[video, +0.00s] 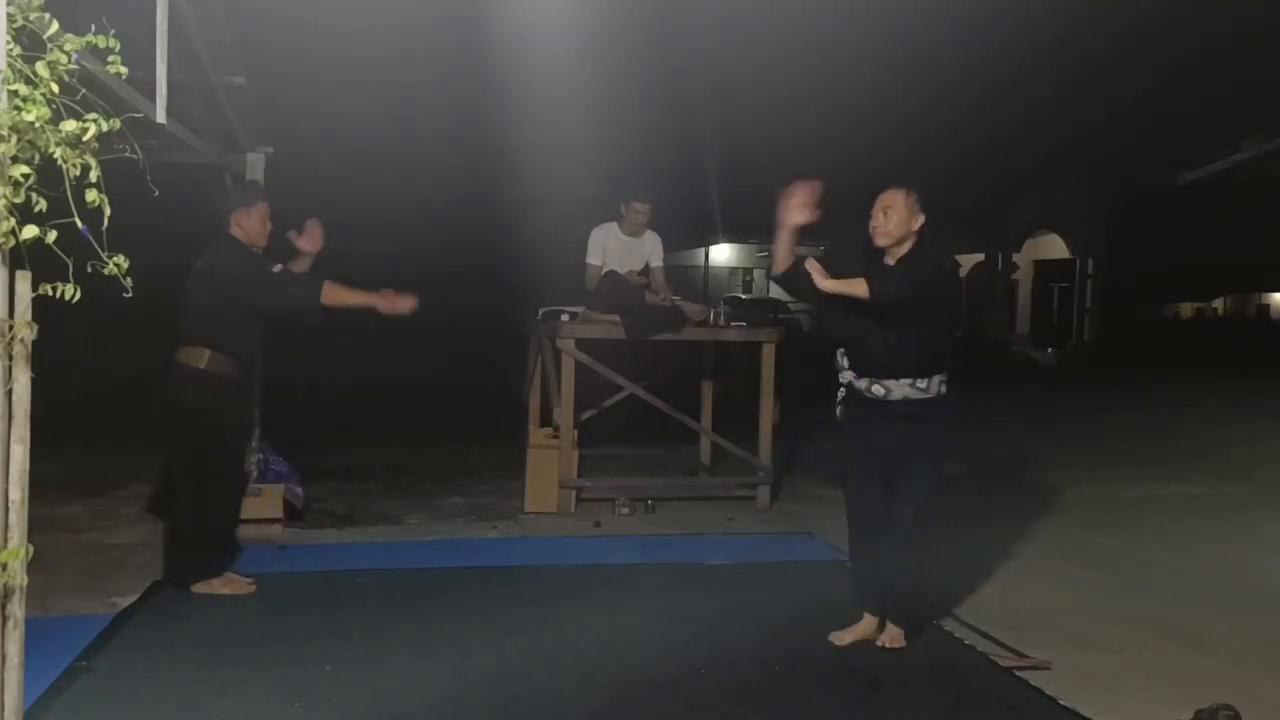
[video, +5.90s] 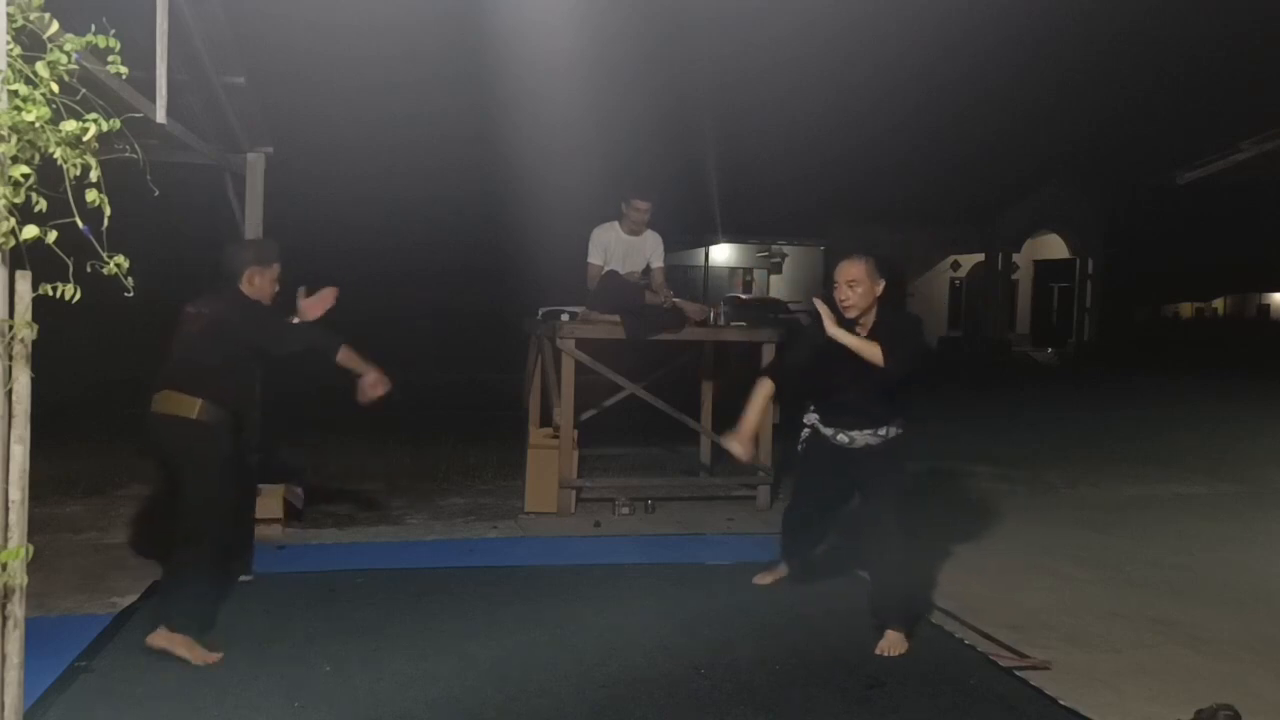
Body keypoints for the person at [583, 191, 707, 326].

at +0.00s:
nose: (641, 219)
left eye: (646, 214)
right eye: (636, 212)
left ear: (650, 215)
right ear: (623, 210)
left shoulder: (653, 240)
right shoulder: (601, 234)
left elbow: (659, 283)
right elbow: (591, 284)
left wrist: (664, 294)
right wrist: (623, 280)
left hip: (636, 299)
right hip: (602, 300)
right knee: (611, 278)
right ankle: (678, 311)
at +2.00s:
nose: (641, 219)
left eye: (646, 214)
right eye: (636, 212)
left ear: (650, 214)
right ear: (623, 210)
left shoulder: (653, 239)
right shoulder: (601, 234)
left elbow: (658, 282)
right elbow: (591, 284)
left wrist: (664, 295)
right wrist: (623, 281)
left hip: (636, 300)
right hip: (603, 299)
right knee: (610, 278)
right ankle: (676, 308)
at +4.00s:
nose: (637, 216)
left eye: (642, 210)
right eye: (632, 209)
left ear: (649, 212)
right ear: (622, 207)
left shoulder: (653, 239)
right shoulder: (601, 234)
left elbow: (658, 282)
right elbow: (592, 285)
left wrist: (664, 295)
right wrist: (621, 280)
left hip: (634, 300)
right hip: (602, 300)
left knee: (674, 317)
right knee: (611, 278)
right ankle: (679, 308)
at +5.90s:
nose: (642, 217)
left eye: (646, 212)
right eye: (637, 211)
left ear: (651, 213)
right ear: (624, 209)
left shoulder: (654, 240)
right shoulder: (602, 234)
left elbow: (658, 283)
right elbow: (592, 282)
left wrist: (665, 294)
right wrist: (623, 279)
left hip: (636, 300)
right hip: (603, 299)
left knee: (675, 317)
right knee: (610, 279)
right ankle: (679, 305)